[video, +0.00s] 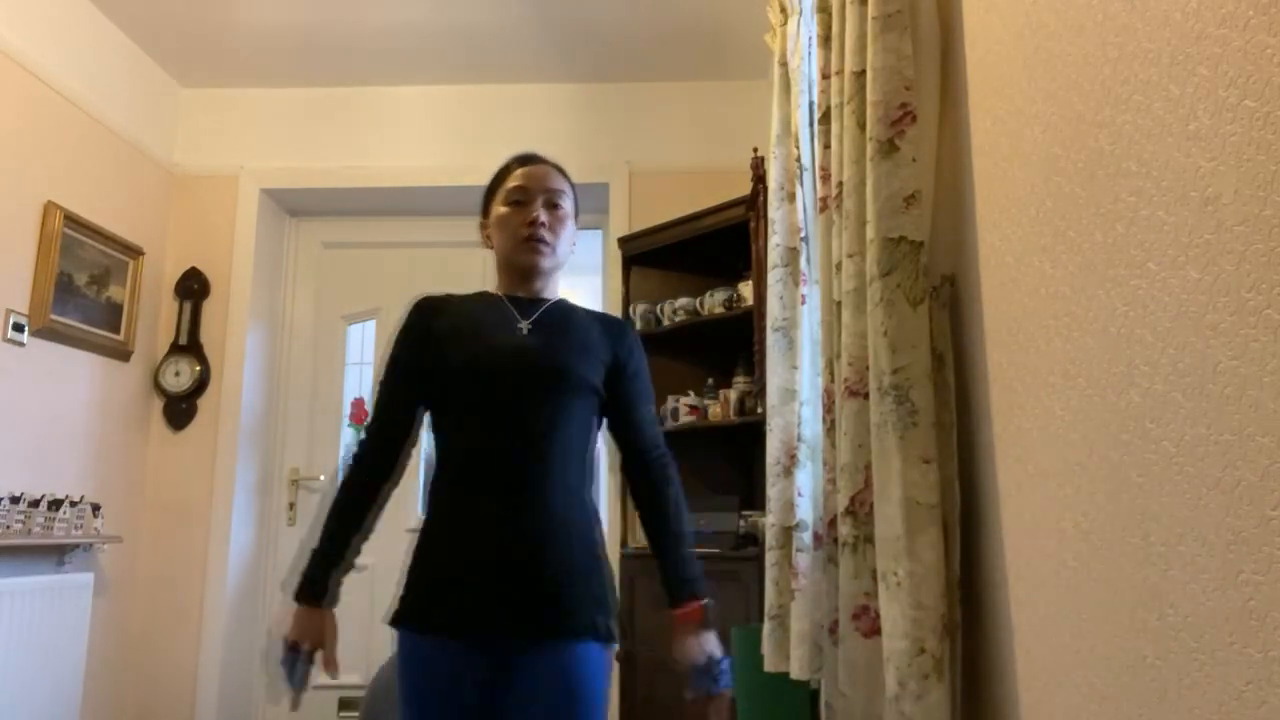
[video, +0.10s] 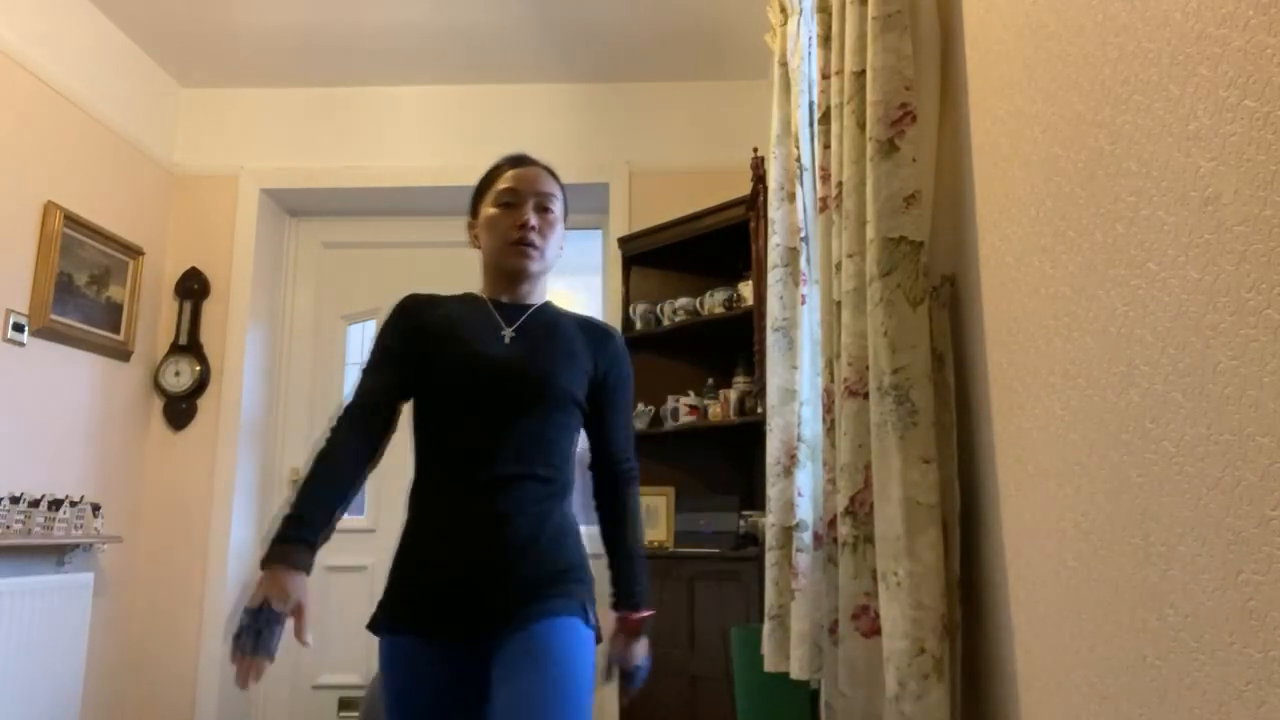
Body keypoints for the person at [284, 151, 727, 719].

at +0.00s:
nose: (538, 214)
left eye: (556, 205)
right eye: (519, 201)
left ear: (573, 234)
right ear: (486, 229)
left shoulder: (608, 338)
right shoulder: (435, 321)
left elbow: (651, 470)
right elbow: (378, 460)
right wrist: (316, 591)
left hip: (566, 620)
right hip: (445, 612)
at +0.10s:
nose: (529, 216)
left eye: (546, 206)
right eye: (508, 203)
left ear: (561, 235)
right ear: (475, 229)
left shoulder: (597, 345)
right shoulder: (420, 321)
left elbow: (616, 483)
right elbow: (357, 437)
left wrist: (632, 604)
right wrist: (288, 556)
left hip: (545, 599)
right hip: (428, 593)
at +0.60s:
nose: (510, 219)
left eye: (526, 210)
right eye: (489, 205)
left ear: (539, 237)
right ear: (449, 229)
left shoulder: (565, 354)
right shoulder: (413, 322)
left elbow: (562, 486)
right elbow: (384, 348)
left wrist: (557, 596)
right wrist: (389, 350)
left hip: (526, 596)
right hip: (423, 593)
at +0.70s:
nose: (508, 212)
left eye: (525, 204)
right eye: (488, 197)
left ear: (539, 234)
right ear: (450, 222)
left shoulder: (568, 343)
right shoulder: (401, 310)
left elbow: (574, 474)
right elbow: (369, 372)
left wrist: (570, 565)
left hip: (535, 551)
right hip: (424, 558)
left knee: (520, 656)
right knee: (408, 707)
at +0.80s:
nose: (509, 208)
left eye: (527, 199)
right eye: (489, 194)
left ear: (540, 231)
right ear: (453, 221)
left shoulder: (574, 337)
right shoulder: (399, 318)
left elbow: (590, 472)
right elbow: (355, 421)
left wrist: (594, 594)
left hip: (538, 583)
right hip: (424, 580)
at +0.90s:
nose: (515, 213)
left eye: (533, 204)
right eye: (495, 200)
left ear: (550, 234)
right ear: (460, 227)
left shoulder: (588, 335)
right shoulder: (410, 327)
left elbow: (614, 475)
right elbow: (360, 461)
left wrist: (628, 611)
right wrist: (309, 591)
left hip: (554, 618)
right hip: (429, 614)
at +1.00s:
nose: (528, 215)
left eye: (544, 204)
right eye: (507, 202)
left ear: (562, 233)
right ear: (475, 229)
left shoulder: (606, 335)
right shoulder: (427, 331)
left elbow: (643, 469)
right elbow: (379, 475)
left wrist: (669, 601)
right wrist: (327, 615)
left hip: (572, 622)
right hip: (449, 620)